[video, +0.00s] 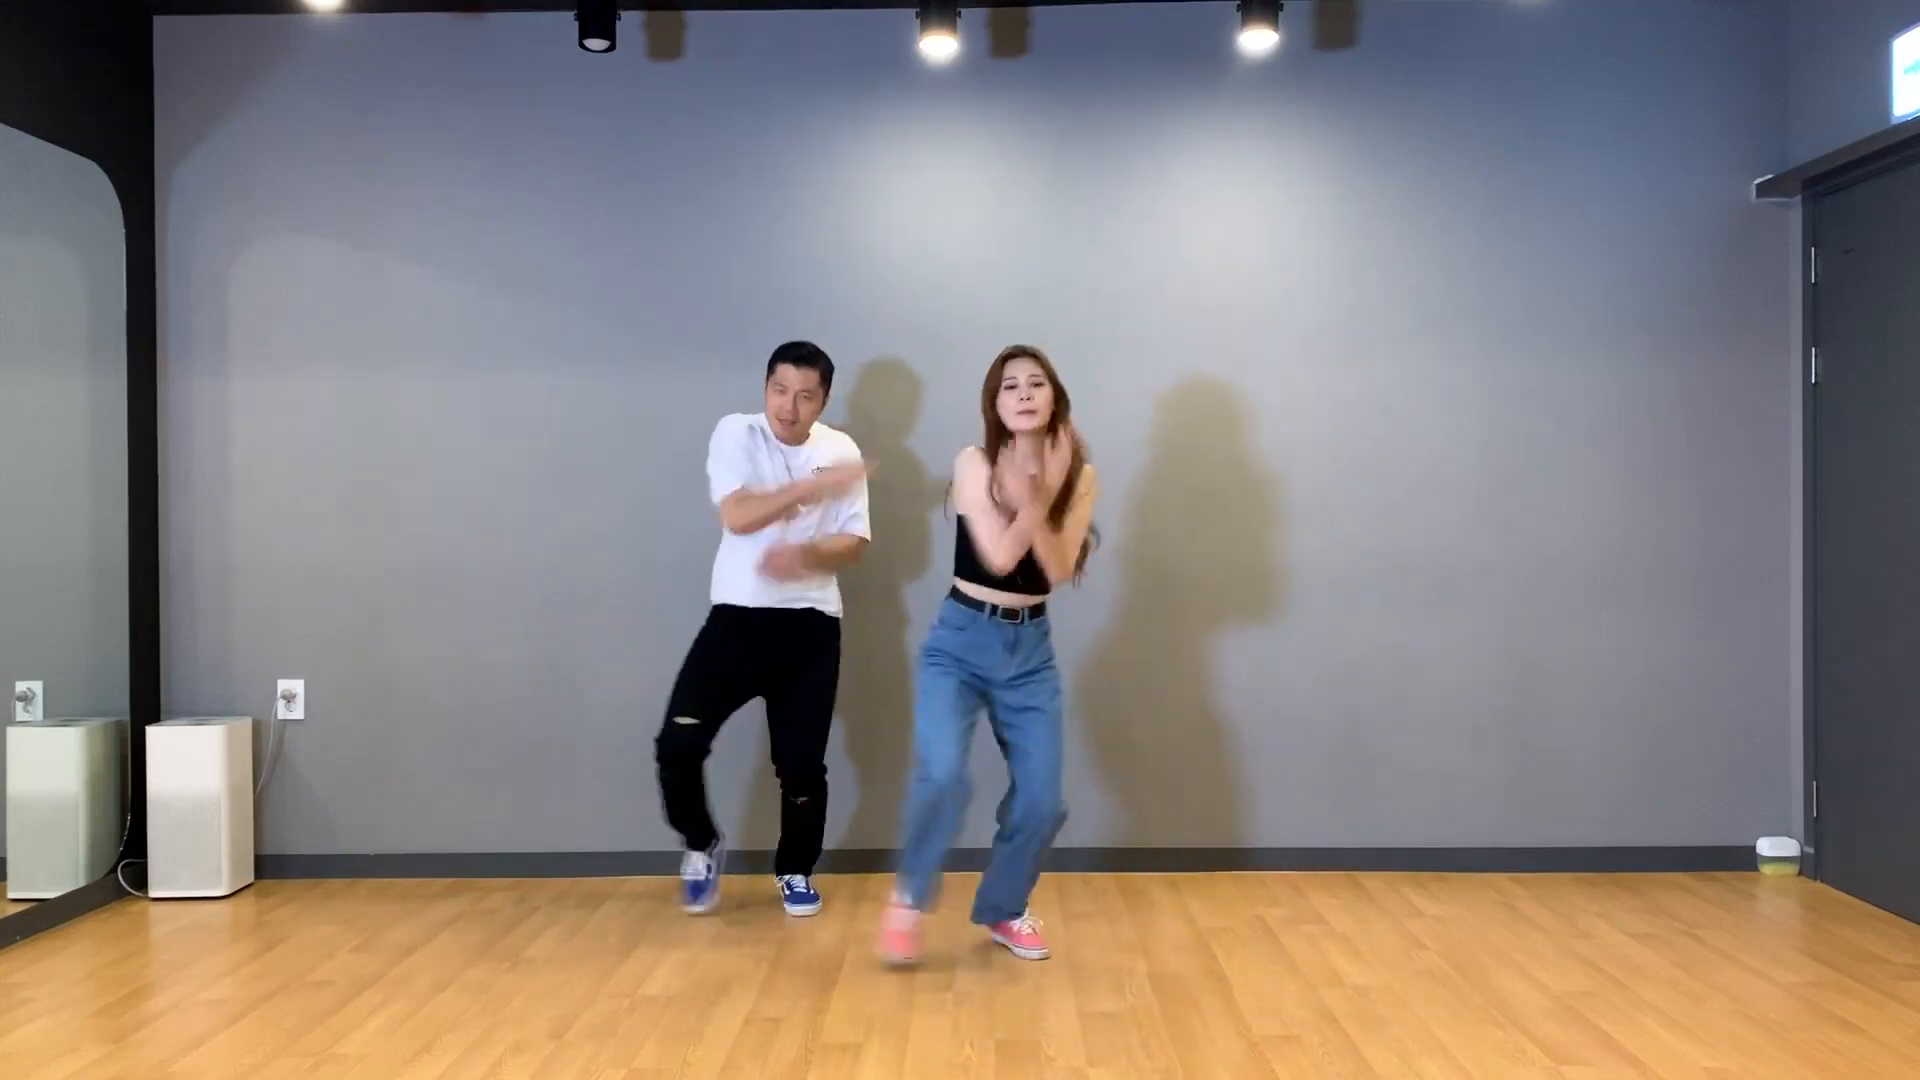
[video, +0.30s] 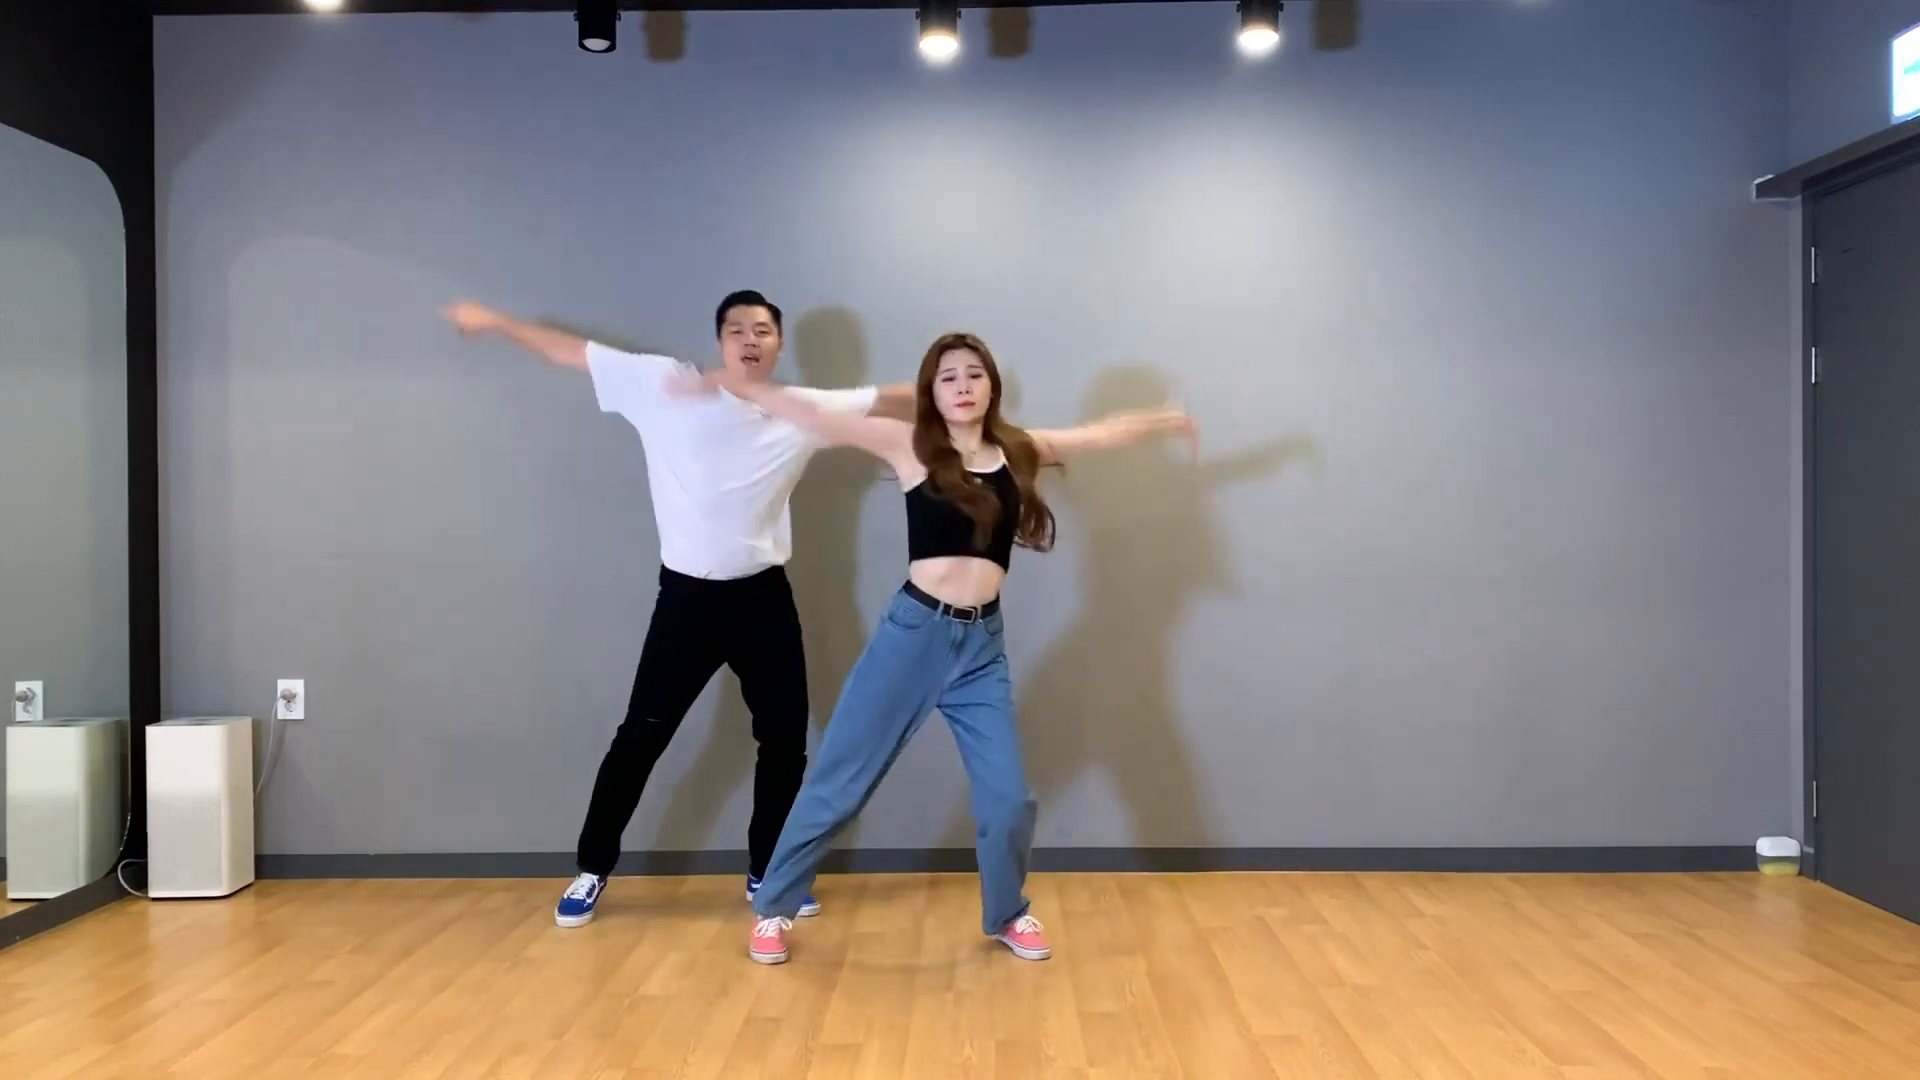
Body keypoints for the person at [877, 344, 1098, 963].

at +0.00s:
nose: (1022, 395)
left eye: (1034, 385)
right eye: (1010, 387)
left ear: (1055, 397)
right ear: (993, 401)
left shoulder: (1076, 475)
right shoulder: (975, 464)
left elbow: (1061, 570)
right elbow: (998, 556)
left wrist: (1035, 501)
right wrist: (1046, 490)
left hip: (1029, 646)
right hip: (959, 639)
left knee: (1043, 801)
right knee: (942, 774)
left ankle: (1002, 910)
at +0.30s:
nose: (962, 386)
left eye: (973, 375)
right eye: (949, 377)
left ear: (992, 388)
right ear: (930, 391)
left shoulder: (1018, 447)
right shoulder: (907, 440)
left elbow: (1098, 436)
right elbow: (819, 415)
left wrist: (1162, 420)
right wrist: (736, 387)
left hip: (983, 643)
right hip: (912, 634)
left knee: (1009, 798)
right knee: (841, 778)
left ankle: (1006, 916)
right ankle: (771, 907)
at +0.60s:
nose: (923, 383)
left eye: (936, 374)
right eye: (912, 374)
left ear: (953, 390)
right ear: (895, 387)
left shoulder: (965, 454)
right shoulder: (878, 447)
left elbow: (977, 398)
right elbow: (820, 399)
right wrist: (839, 335)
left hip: (944, 623)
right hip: (877, 617)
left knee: (963, 793)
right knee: (834, 781)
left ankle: (1043, 905)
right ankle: (792, 916)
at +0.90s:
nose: (952, 404)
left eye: (966, 391)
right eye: (940, 392)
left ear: (986, 401)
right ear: (925, 402)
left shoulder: (1013, 468)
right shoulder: (909, 479)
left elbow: (1047, 547)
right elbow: (857, 569)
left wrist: (1035, 471)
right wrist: (828, 506)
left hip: (991, 636)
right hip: (919, 629)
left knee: (991, 806)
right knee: (861, 784)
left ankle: (1027, 915)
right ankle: (793, 915)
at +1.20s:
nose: (1022, 413)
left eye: (1034, 400)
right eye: (1009, 401)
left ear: (1055, 406)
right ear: (991, 409)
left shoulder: (1085, 471)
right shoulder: (966, 483)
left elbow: (1127, 552)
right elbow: (938, 574)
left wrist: (1159, 610)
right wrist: (912, 647)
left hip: (1073, 644)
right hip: (998, 647)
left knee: (1072, 796)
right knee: (1025, 795)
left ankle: (1030, 918)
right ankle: (1113, 920)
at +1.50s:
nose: (1080, 402)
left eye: (1094, 390)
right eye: (1068, 390)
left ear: (1113, 400)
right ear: (1049, 400)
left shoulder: (1147, 459)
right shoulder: (1030, 480)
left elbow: (1209, 540)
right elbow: (976, 568)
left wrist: (1296, 565)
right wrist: (885, 581)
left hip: (1155, 641)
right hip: (1077, 646)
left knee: (1174, 793)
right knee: (1072, 806)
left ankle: (1106, 865)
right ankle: (1102, 941)